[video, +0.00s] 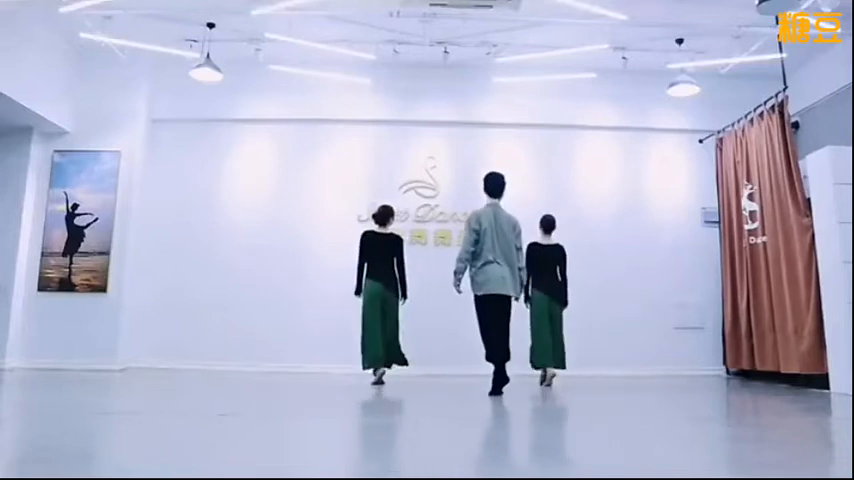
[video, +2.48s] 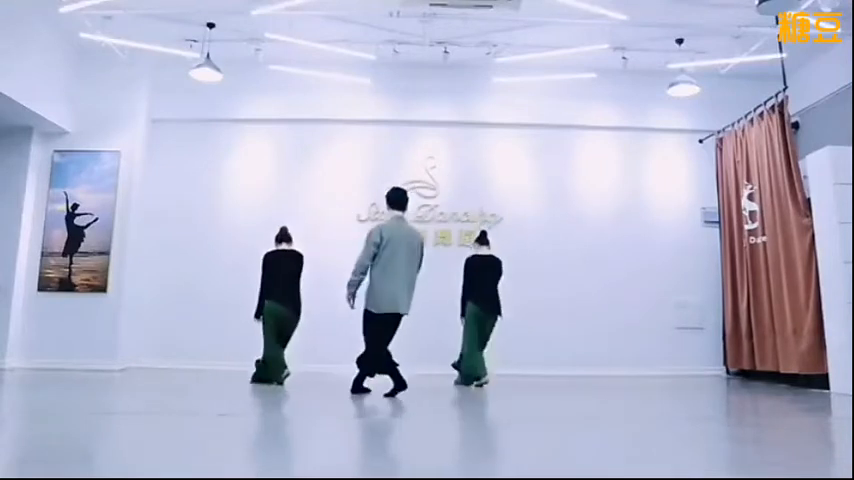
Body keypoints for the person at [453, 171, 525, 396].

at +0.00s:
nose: (489, 191)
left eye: (486, 187)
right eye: (497, 187)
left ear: (484, 189)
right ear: (503, 190)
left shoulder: (476, 218)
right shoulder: (512, 222)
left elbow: (467, 250)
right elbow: (519, 257)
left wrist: (458, 273)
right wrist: (521, 284)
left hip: (482, 281)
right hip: (507, 281)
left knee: (488, 327)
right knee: (502, 327)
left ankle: (500, 370)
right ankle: (498, 377)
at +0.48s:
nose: (480, 190)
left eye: (475, 186)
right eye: (486, 186)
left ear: (472, 188)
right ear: (491, 189)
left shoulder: (465, 217)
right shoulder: (501, 220)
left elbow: (456, 249)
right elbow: (509, 257)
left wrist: (448, 273)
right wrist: (509, 284)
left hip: (472, 281)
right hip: (495, 281)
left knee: (475, 327)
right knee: (490, 328)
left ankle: (489, 369)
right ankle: (484, 380)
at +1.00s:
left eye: (465, 186)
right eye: (476, 186)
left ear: (462, 188)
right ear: (482, 189)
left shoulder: (454, 216)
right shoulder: (491, 220)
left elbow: (445, 249)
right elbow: (498, 256)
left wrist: (435, 272)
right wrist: (499, 284)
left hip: (460, 283)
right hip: (484, 284)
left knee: (463, 328)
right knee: (478, 327)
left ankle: (474, 371)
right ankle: (474, 374)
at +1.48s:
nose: (464, 193)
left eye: (457, 189)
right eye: (467, 188)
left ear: (452, 191)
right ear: (471, 192)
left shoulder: (444, 220)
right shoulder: (481, 221)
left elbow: (433, 252)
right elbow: (490, 256)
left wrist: (423, 275)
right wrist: (492, 284)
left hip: (454, 288)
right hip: (478, 286)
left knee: (461, 331)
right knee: (476, 330)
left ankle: (479, 372)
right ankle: (476, 377)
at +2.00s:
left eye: (419, 192)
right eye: (430, 192)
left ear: (417, 194)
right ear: (437, 195)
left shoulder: (408, 220)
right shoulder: (444, 226)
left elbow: (397, 251)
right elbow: (444, 260)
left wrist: (383, 274)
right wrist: (439, 282)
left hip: (410, 291)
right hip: (436, 291)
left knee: (402, 338)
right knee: (444, 331)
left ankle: (404, 385)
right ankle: (451, 374)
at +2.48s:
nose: (388, 205)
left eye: (388, 201)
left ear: (387, 203)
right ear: (406, 205)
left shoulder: (380, 231)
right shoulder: (416, 236)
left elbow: (364, 262)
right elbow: (416, 267)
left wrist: (352, 286)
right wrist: (404, 289)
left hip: (378, 298)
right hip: (402, 300)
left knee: (373, 342)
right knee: (379, 344)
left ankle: (397, 379)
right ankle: (359, 380)